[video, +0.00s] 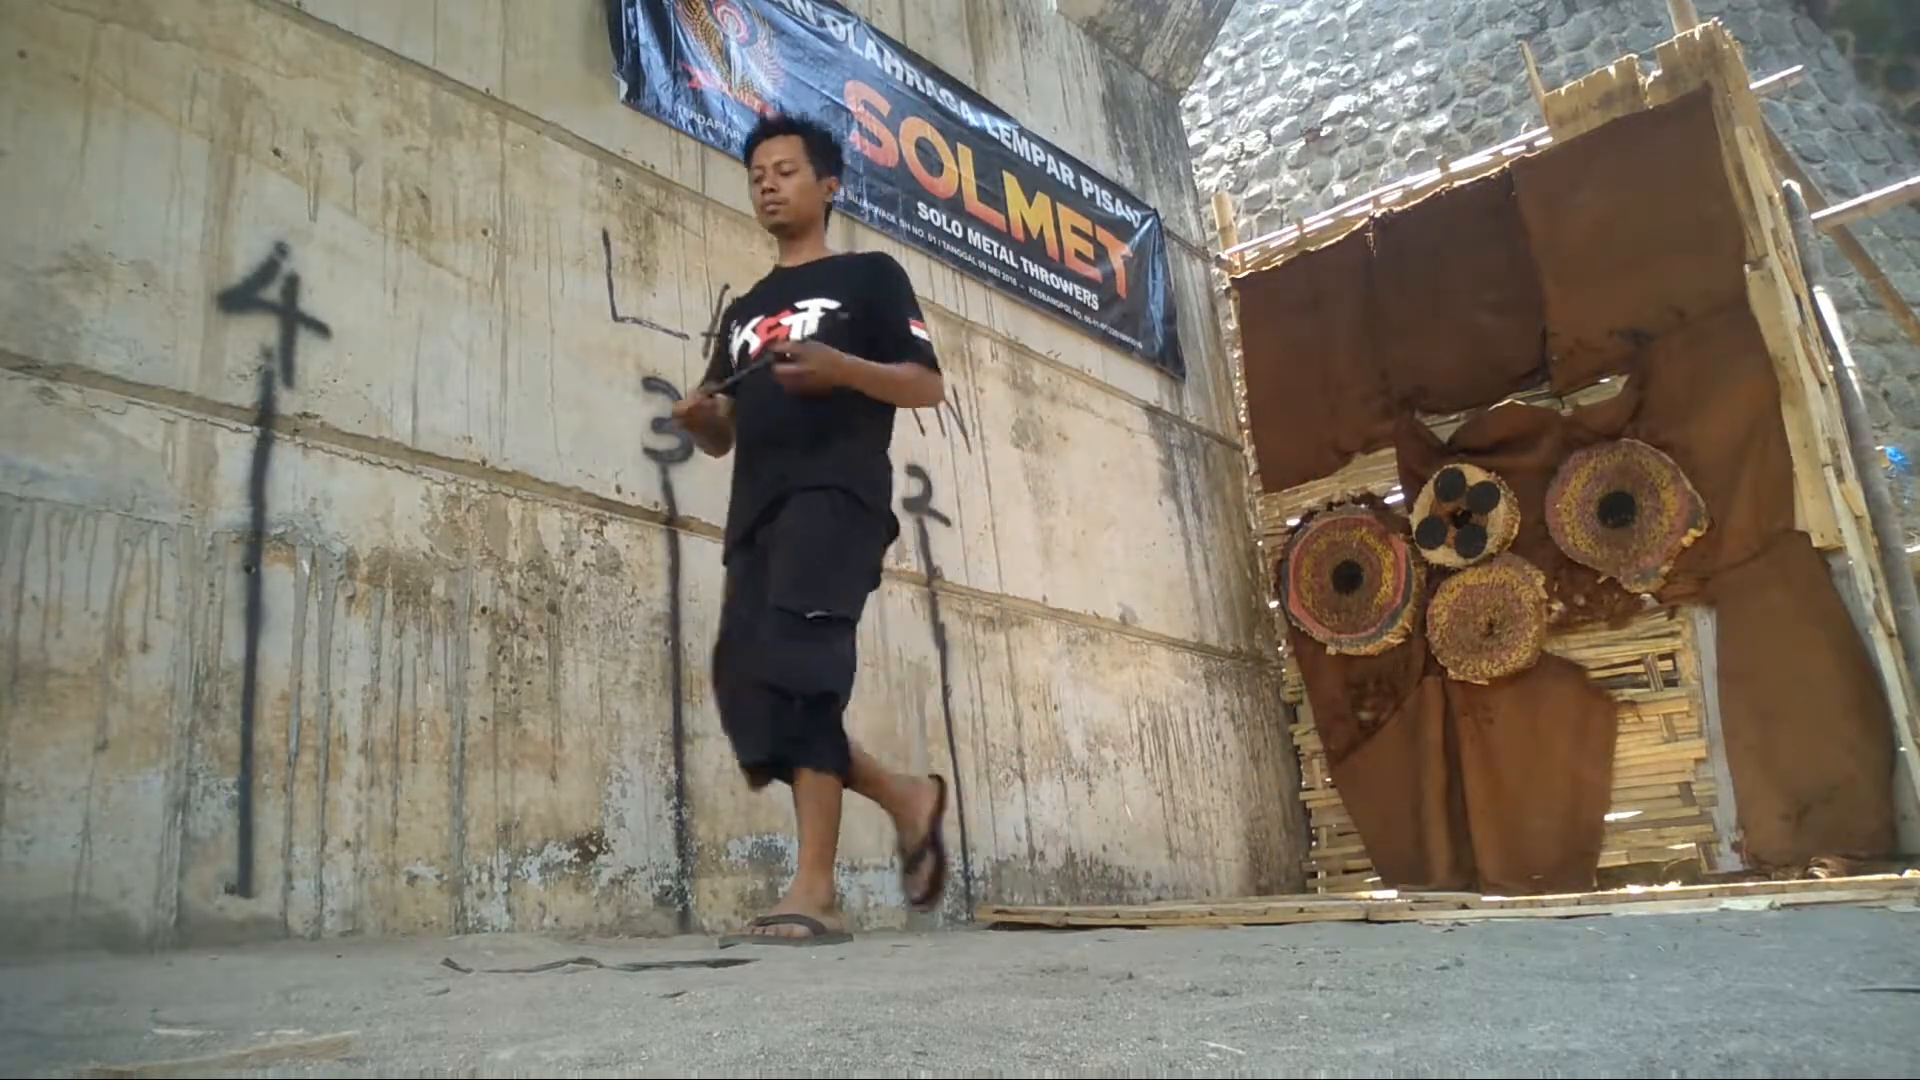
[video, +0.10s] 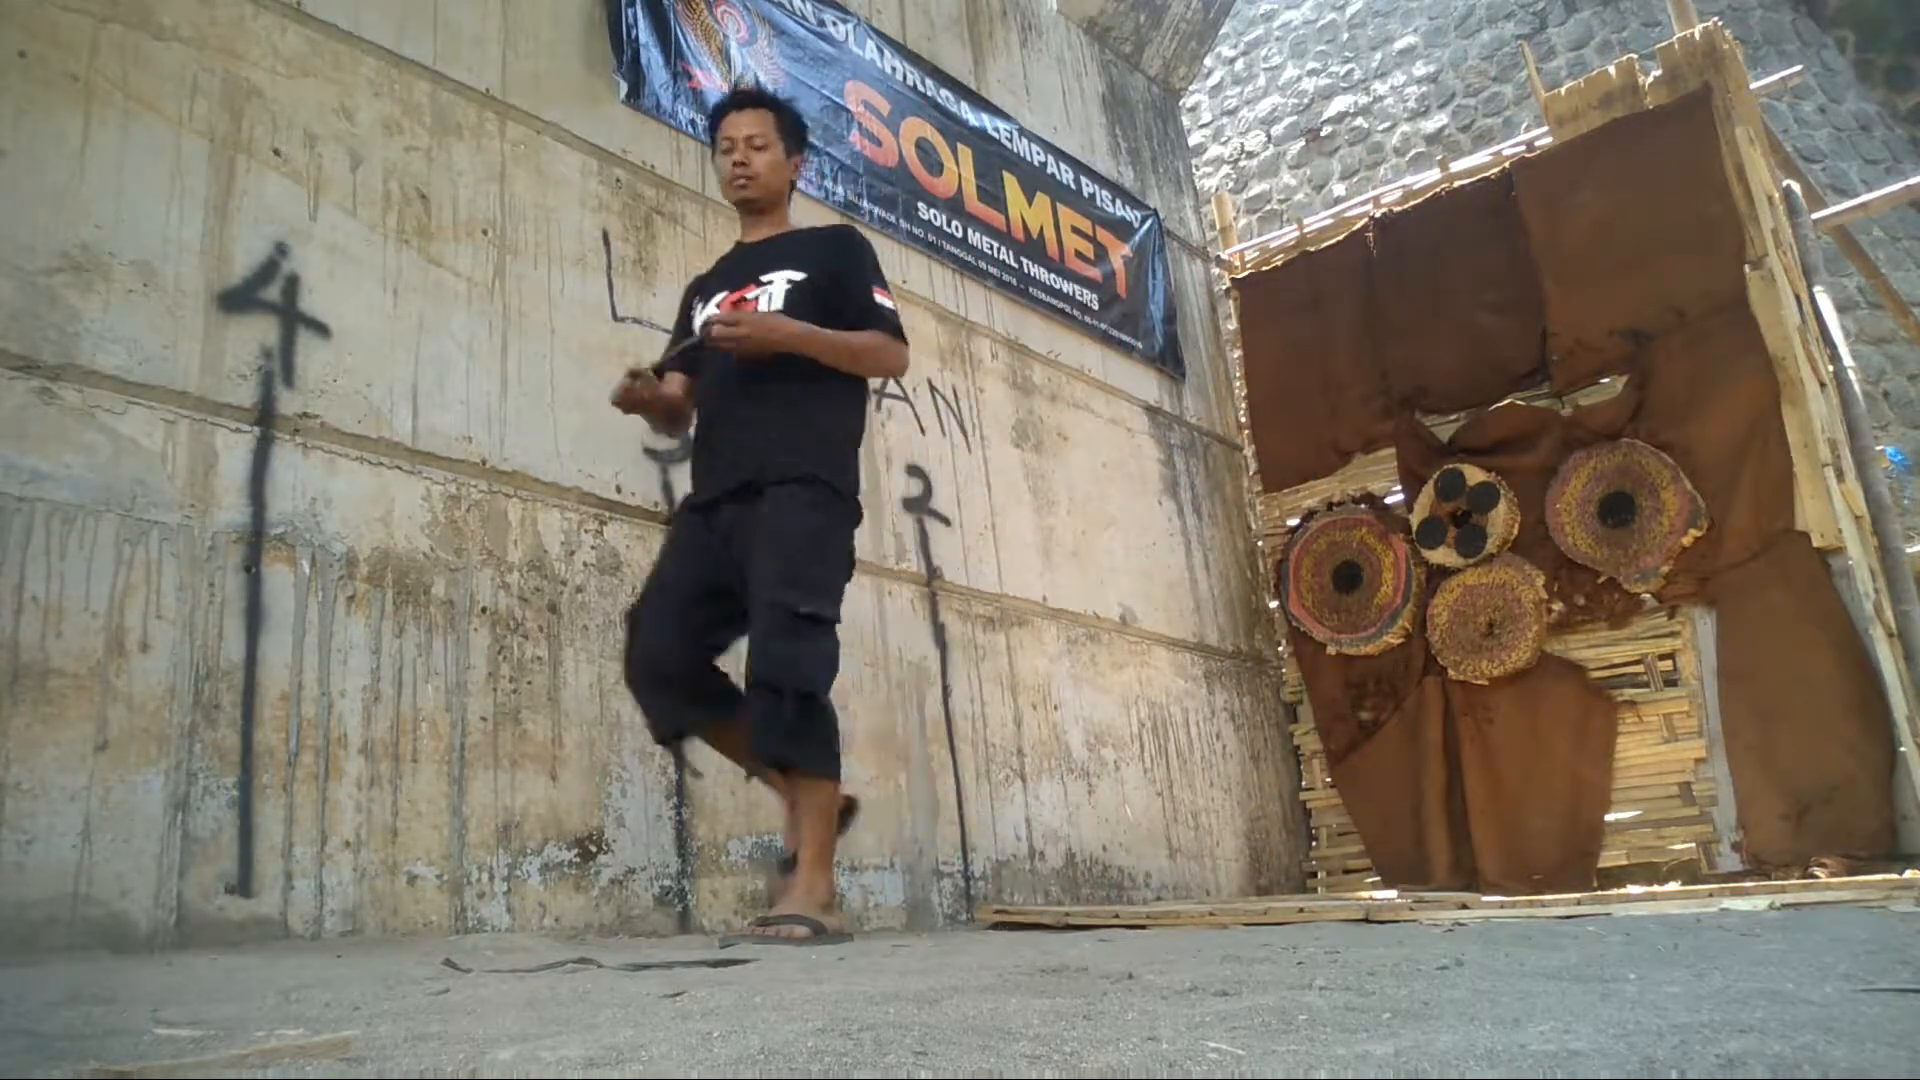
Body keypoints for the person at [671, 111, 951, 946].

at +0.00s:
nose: (769, 187)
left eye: (785, 172)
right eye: (759, 177)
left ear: (828, 185)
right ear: (752, 196)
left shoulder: (873, 275)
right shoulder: (742, 310)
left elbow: (926, 384)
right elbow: (724, 431)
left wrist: (842, 369)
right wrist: (703, 416)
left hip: (834, 505)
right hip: (757, 518)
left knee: (801, 677)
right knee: (749, 698)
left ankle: (814, 893)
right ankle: (909, 799)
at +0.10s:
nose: (740, 160)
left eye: (757, 146)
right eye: (728, 150)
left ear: (793, 162)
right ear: (717, 169)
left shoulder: (838, 245)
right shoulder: (706, 288)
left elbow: (891, 356)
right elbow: (680, 408)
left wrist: (787, 335)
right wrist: (650, 399)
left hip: (803, 493)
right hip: (715, 502)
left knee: (788, 671)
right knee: (660, 661)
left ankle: (814, 892)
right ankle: (812, 800)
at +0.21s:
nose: (704, 123)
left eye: (720, 113)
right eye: (687, 112)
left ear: (743, 135)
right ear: (661, 133)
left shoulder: (786, 224)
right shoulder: (638, 262)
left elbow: (836, 332)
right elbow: (619, 393)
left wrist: (716, 311)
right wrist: (588, 371)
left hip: (749, 490)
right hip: (645, 487)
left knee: (772, 672)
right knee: (560, 611)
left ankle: (812, 890)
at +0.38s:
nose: (649, 102)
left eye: (661, 94)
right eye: (629, 86)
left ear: (668, 122)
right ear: (580, 105)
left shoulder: (700, 227)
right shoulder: (524, 230)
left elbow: (739, 346)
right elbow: (488, 371)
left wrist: (642, 321)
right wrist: (516, 341)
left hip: (656, 494)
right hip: (533, 491)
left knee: (720, 665)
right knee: (435, 658)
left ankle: (806, 878)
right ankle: (362, 891)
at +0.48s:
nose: (601, 88)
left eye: (605, 80)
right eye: (582, 68)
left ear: (600, 104)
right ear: (520, 71)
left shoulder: (606, 223)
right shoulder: (432, 185)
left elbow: (637, 358)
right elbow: (378, 315)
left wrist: (589, 317)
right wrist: (471, 316)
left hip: (565, 489)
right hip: (438, 474)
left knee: (641, 655)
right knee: (369, 630)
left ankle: (740, 854)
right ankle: (351, 902)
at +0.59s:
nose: (566, 63)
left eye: (569, 51)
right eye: (547, 41)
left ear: (552, 80)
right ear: (484, 47)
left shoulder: (556, 205)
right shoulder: (393, 147)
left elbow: (573, 347)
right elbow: (329, 271)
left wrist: (556, 327)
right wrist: (459, 291)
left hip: (513, 473)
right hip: (388, 459)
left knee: (581, 653)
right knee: (349, 646)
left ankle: (611, 838)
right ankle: (353, 904)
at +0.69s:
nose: (521, 43)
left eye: (522, 29)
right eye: (508, 21)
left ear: (466, 32)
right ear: (448, 18)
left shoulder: (481, 184)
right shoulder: (344, 96)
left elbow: (449, 321)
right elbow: (274, 221)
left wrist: (511, 317)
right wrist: (439, 270)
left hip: (445, 441)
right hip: (333, 429)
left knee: (491, 650)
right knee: (337, 636)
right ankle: (346, 903)